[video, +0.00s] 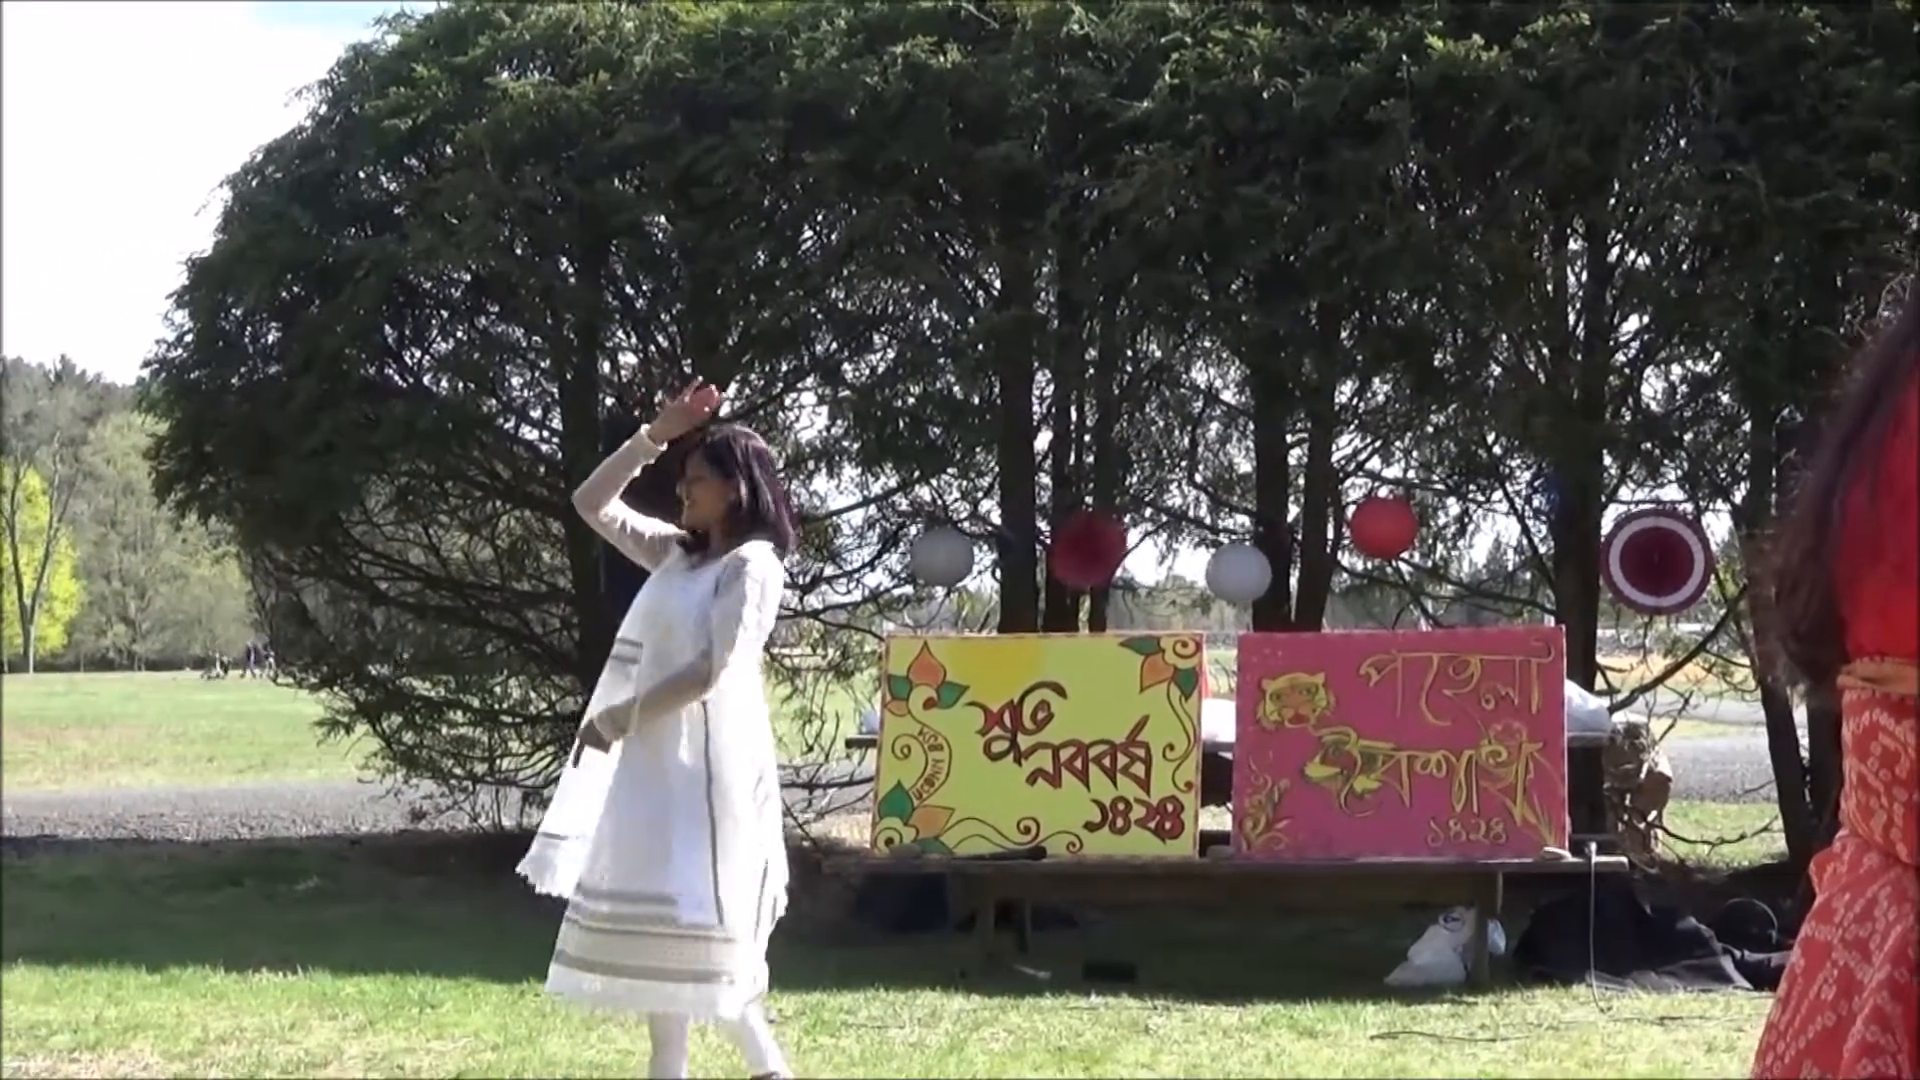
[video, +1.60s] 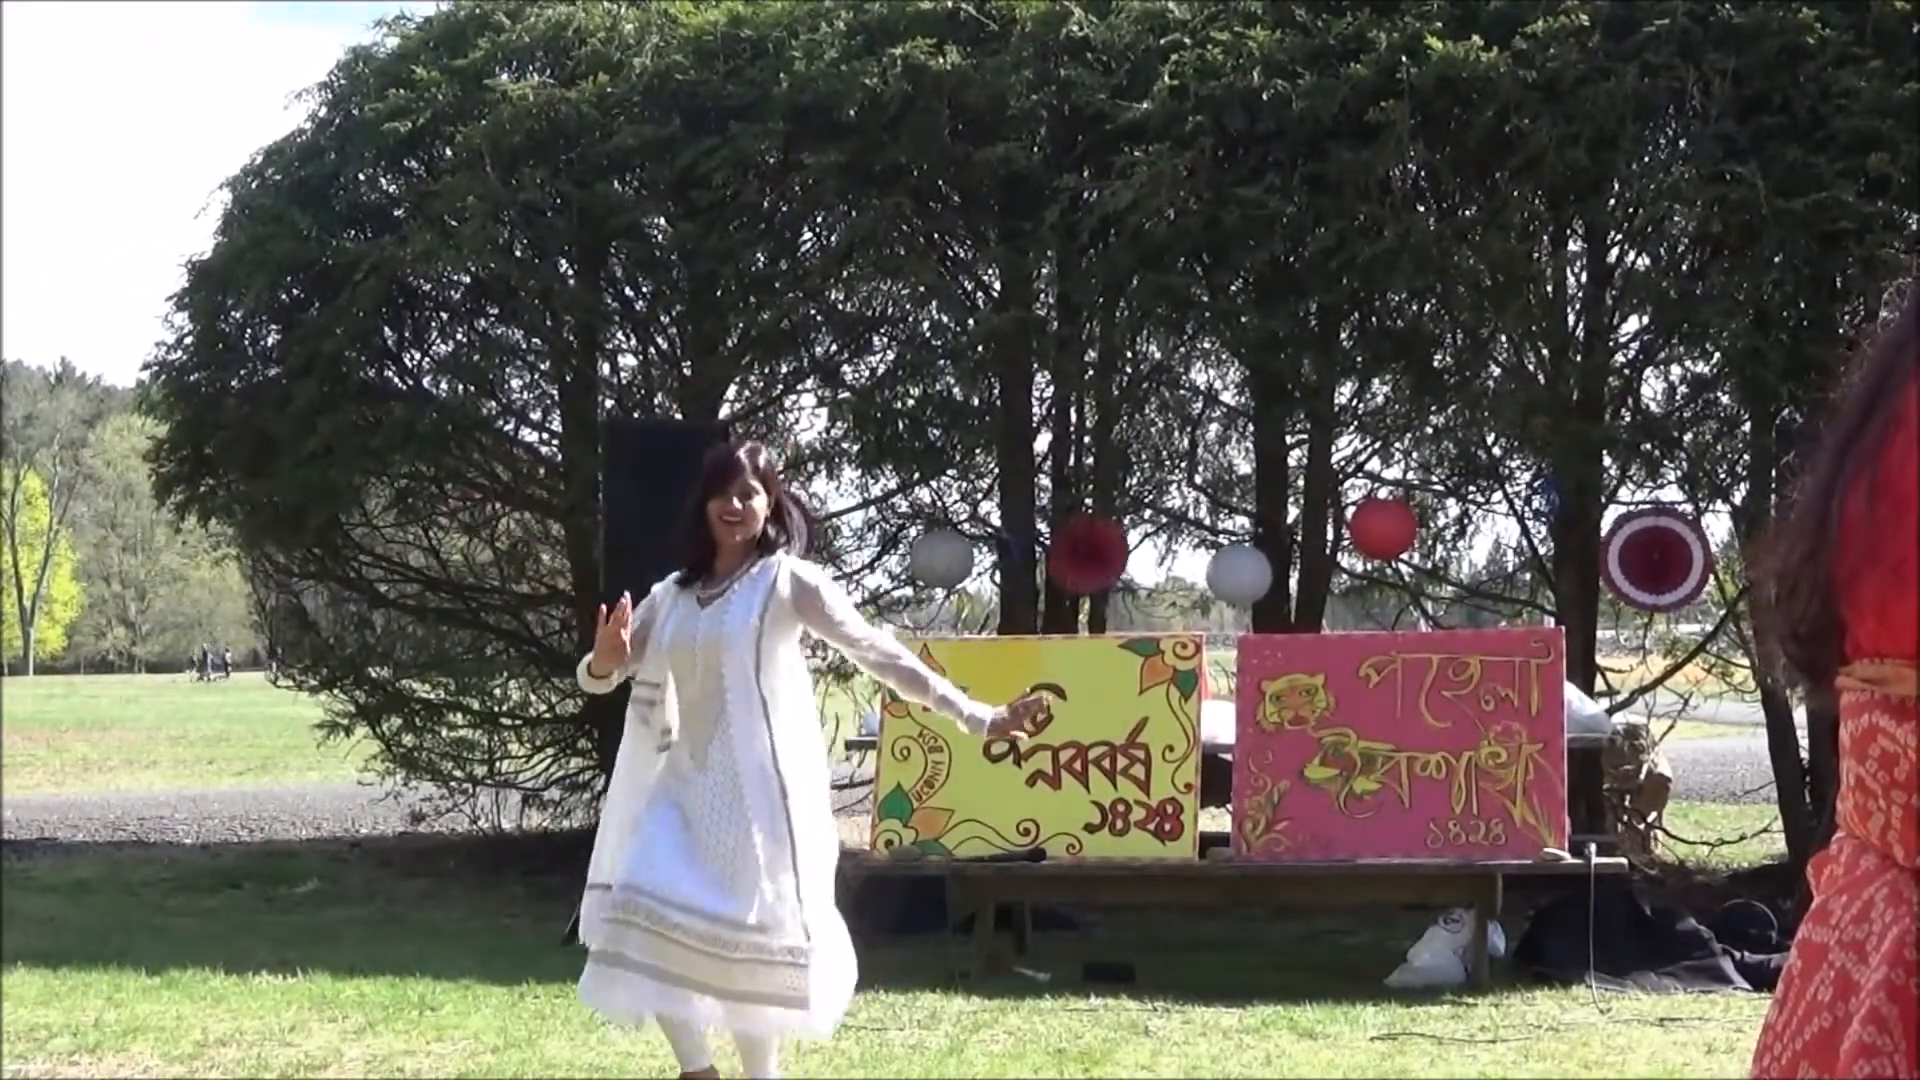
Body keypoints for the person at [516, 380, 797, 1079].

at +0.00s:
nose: (684, 491)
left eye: (697, 478)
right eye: (683, 480)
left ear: (738, 485)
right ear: (686, 487)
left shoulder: (753, 563)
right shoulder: (676, 553)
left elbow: (715, 670)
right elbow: (592, 501)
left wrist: (621, 715)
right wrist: (658, 430)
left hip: (707, 776)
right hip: (652, 772)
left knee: (703, 937)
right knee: (661, 932)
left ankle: (771, 1067)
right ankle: (667, 1069)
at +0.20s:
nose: (717, 489)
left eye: (734, 477)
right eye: (708, 475)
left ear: (767, 488)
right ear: (698, 484)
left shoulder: (782, 567)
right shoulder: (682, 560)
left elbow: (772, 672)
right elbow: (597, 528)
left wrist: (687, 747)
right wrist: (654, 447)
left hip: (744, 777)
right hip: (676, 771)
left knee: (735, 946)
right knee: (679, 937)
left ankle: (781, 1070)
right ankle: (682, 1072)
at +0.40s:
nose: (745, 491)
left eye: (759, 478)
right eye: (732, 479)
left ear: (785, 489)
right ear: (716, 490)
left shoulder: (805, 566)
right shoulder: (693, 568)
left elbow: (816, 668)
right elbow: (600, 551)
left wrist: (797, 755)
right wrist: (620, 456)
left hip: (774, 769)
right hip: (709, 769)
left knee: (726, 920)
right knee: (745, 928)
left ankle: (695, 1070)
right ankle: (784, 1070)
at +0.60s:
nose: (759, 490)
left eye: (771, 477)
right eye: (746, 478)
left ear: (793, 485)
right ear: (726, 488)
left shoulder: (817, 560)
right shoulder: (694, 563)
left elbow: (857, 661)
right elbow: (591, 561)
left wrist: (893, 740)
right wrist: (573, 465)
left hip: (790, 763)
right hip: (713, 760)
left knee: (751, 911)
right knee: (757, 917)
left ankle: (727, 1068)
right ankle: (787, 1069)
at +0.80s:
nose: (769, 482)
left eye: (779, 471)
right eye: (754, 472)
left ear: (797, 481)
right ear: (728, 484)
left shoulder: (821, 554)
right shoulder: (694, 558)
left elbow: (894, 634)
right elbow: (588, 559)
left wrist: (968, 690)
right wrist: (527, 487)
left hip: (799, 766)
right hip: (719, 765)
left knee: (757, 917)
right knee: (772, 928)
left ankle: (734, 1069)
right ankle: (788, 1068)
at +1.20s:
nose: (760, 487)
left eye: (771, 475)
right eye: (746, 475)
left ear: (790, 486)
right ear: (720, 486)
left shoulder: (812, 563)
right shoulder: (682, 565)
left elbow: (901, 624)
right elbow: (589, 606)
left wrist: (991, 675)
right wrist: (542, 577)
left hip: (786, 761)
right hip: (705, 761)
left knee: (776, 912)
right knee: (737, 913)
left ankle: (771, 1067)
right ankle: (778, 1063)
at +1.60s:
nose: (737, 506)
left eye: (751, 494)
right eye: (725, 493)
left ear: (771, 505)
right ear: (704, 501)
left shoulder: (788, 579)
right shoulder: (668, 596)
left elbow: (880, 653)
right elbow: (601, 681)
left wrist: (981, 716)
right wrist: (603, 660)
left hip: (761, 788)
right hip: (680, 784)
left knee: (752, 945)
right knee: (637, 910)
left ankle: (761, 1071)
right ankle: (697, 1070)